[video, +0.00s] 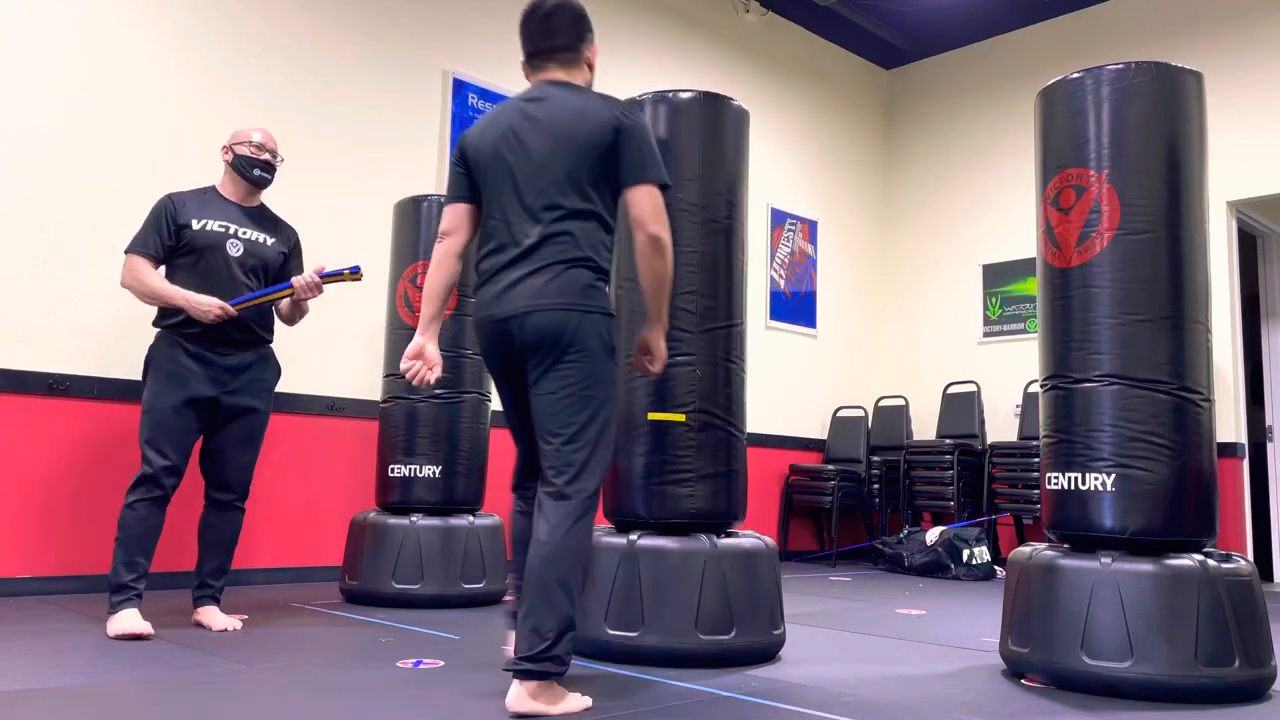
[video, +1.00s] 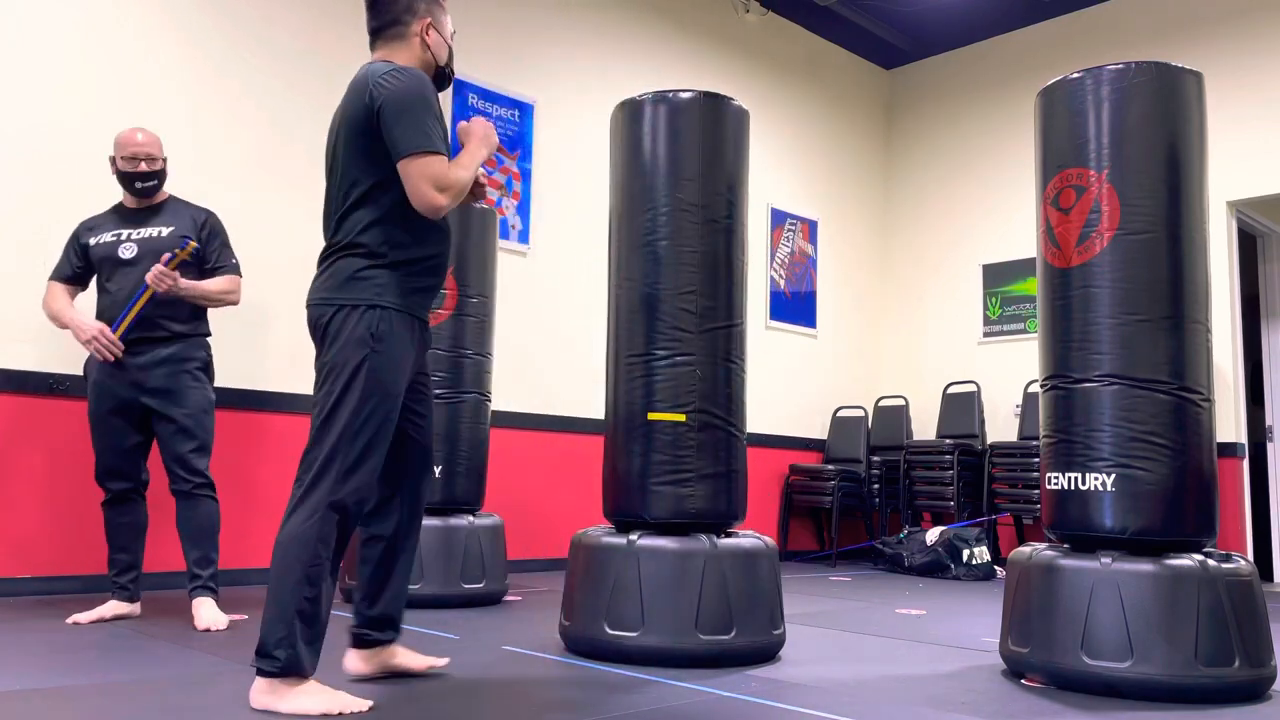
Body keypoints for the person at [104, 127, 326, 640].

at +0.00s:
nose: (264, 154)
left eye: (272, 151)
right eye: (254, 145)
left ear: (278, 169)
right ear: (227, 154)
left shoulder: (284, 236)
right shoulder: (179, 207)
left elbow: (290, 315)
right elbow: (134, 273)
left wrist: (301, 296)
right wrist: (189, 300)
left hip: (249, 372)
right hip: (181, 362)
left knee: (229, 491)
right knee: (157, 478)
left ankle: (208, 601)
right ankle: (125, 603)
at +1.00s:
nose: (143, 169)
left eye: (151, 160)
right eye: (132, 161)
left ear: (165, 163)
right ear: (113, 165)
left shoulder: (200, 223)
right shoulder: (91, 232)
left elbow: (231, 289)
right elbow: (55, 296)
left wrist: (184, 287)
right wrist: (79, 323)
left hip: (181, 370)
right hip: (115, 372)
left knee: (192, 479)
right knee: (119, 484)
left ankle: (203, 594)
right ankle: (124, 595)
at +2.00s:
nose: (186, 164)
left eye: (194, 161)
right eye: (176, 154)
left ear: (200, 177)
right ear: (150, 162)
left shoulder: (215, 234)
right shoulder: (106, 226)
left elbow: (238, 304)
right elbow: (74, 294)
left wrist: (187, 298)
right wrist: (115, 299)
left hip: (187, 370)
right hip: (119, 370)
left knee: (187, 483)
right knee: (123, 483)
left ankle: (188, 592)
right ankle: (124, 594)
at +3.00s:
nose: (232, 177)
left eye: (240, 173)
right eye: (223, 168)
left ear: (246, 187)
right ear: (197, 172)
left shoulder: (256, 242)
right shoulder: (151, 229)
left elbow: (275, 311)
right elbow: (120, 296)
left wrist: (224, 296)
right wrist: (163, 297)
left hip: (219, 374)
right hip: (153, 371)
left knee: (207, 485)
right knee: (139, 480)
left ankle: (190, 594)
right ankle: (126, 594)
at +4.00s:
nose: (168, 185)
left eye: (176, 182)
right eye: (159, 176)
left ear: (182, 194)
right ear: (133, 180)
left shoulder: (193, 250)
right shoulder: (88, 237)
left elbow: (207, 320)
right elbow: (56, 301)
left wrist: (166, 291)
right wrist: (93, 301)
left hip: (158, 382)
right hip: (91, 379)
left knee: (169, 483)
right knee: (80, 484)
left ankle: (184, 592)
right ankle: (71, 587)